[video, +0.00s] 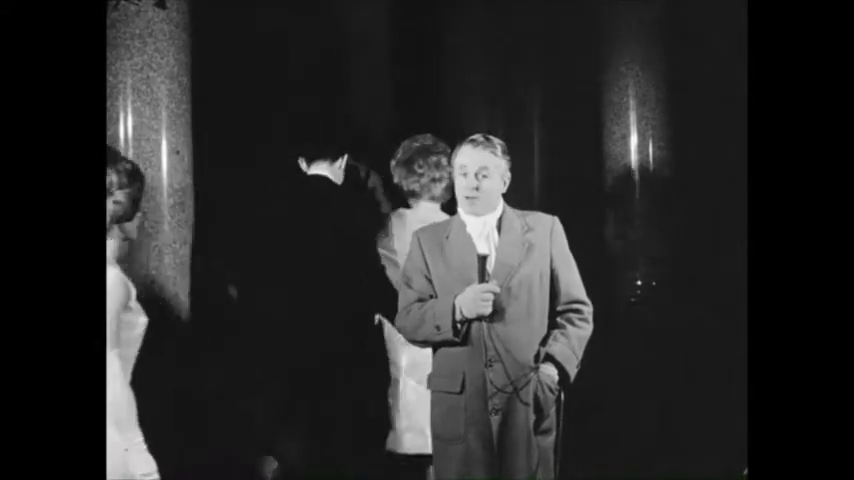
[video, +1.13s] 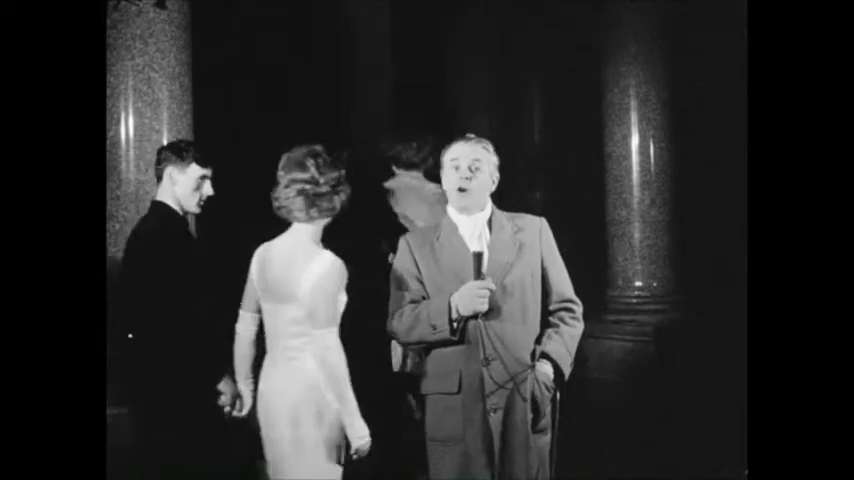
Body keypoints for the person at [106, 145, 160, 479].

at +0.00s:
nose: (140, 221)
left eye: (135, 209)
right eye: (138, 210)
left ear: (120, 219)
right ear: (125, 220)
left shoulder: (118, 282)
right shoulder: (114, 283)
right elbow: (114, 382)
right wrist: (139, 464)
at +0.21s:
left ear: (128, 205)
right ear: (159, 204)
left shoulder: (114, 270)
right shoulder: (159, 276)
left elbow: (117, 361)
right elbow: (158, 371)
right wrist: (186, 454)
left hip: (120, 406)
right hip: (153, 409)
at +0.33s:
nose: (203, 213)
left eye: (201, 203)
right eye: (200, 204)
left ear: (150, 209)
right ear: (192, 212)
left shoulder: (129, 270)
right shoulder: (184, 275)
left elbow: (118, 353)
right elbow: (183, 364)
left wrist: (127, 412)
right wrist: (212, 443)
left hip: (141, 402)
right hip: (179, 403)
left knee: (144, 473)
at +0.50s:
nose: (233, 210)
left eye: (230, 200)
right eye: (229, 202)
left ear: (178, 208)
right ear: (219, 209)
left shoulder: (157, 267)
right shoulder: (211, 273)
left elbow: (148, 348)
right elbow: (211, 363)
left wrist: (159, 405)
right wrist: (241, 443)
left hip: (168, 394)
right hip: (205, 394)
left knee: (177, 472)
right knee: (208, 472)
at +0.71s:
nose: (267, 212)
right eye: (266, 204)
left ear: (213, 207)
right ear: (260, 210)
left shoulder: (196, 265)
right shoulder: (249, 273)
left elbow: (183, 346)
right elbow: (250, 366)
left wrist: (187, 405)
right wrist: (279, 448)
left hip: (205, 397)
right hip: (245, 398)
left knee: (208, 472)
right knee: (245, 473)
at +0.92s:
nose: (307, 209)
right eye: (306, 202)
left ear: (254, 204)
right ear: (300, 209)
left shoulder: (234, 260)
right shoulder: (295, 271)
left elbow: (218, 336)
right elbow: (292, 356)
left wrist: (215, 394)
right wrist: (316, 433)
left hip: (244, 388)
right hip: (285, 391)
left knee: (248, 472)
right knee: (291, 472)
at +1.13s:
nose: (339, 206)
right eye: (337, 198)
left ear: (286, 200)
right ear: (332, 205)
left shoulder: (263, 255)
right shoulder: (330, 266)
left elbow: (246, 327)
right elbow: (328, 344)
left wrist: (243, 383)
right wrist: (353, 417)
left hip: (274, 381)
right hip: (316, 382)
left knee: (282, 470)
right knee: (320, 470)